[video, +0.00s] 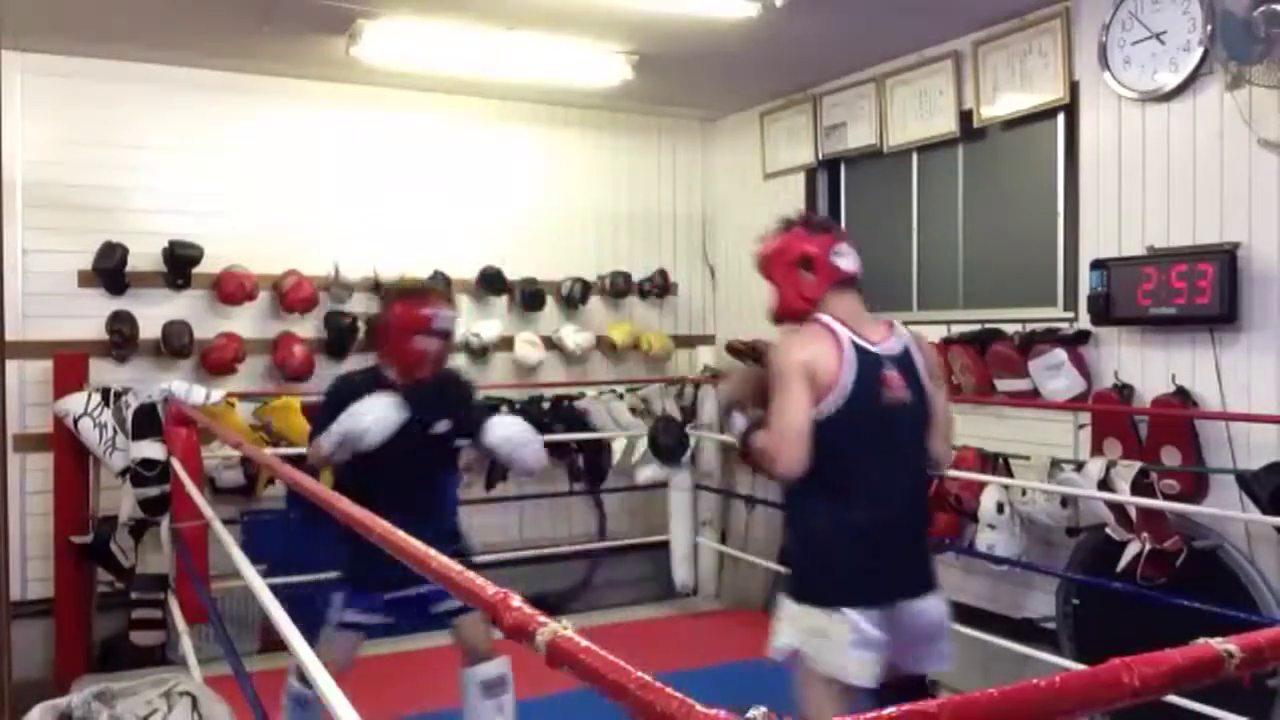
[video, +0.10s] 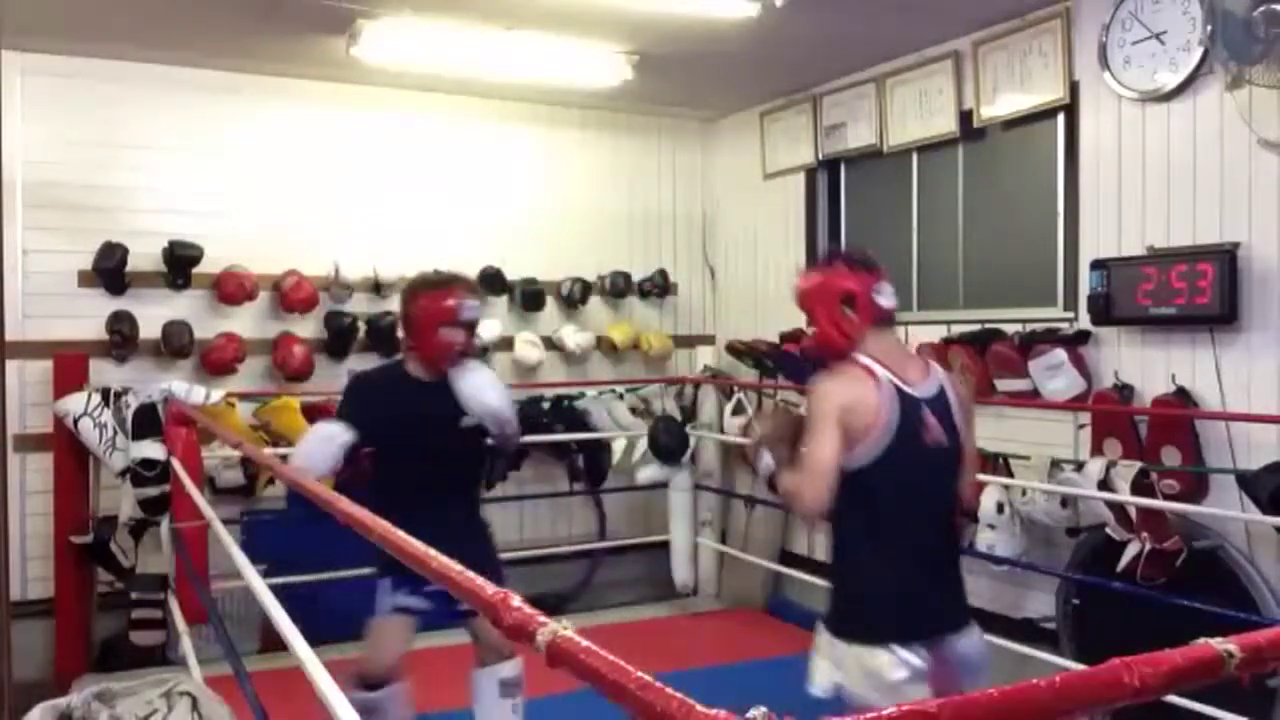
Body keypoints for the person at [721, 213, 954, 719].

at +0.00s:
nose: (772, 300)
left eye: (774, 284)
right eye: (770, 285)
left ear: (802, 279)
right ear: (844, 272)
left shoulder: (798, 346)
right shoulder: (914, 345)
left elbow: (788, 459)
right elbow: (938, 451)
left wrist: (746, 428)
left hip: (832, 589)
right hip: (910, 578)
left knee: (825, 710)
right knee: (909, 710)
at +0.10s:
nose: (812, 332)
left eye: (815, 318)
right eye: (810, 318)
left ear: (844, 313)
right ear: (880, 306)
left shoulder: (837, 387)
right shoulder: (943, 380)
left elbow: (814, 499)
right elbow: (965, 490)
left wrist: (777, 458)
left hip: (872, 621)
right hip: (945, 609)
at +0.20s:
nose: (834, 338)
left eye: (836, 324)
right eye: (831, 325)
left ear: (869, 316)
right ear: (897, 310)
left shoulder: (882, 390)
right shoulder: (960, 375)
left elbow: (860, 503)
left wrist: (800, 475)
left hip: (903, 624)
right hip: (967, 613)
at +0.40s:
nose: (859, 320)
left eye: (862, 305)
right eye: (857, 306)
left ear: (896, 296)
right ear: (909, 294)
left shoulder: (921, 362)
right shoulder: (965, 356)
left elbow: (891, 469)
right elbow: (936, 455)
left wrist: (836, 427)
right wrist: (866, 414)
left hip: (918, 560)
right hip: (974, 564)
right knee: (955, 697)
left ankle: (853, 698)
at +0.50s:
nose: (858, 315)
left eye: (861, 301)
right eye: (855, 302)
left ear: (894, 292)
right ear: (909, 289)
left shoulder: (921, 360)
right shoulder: (961, 354)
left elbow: (896, 466)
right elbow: (902, 438)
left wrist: (837, 424)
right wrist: (850, 368)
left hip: (909, 546)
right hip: (963, 554)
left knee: (776, 496)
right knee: (950, 690)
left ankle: (825, 624)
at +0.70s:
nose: (836, 318)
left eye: (842, 303)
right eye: (837, 304)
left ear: (875, 295)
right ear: (890, 294)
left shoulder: (892, 358)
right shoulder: (941, 354)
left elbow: (896, 447)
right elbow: (889, 431)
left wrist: (815, 453)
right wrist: (836, 383)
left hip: (878, 542)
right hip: (937, 553)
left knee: (756, 530)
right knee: (945, 686)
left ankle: (765, 658)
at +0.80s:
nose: (816, 308)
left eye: (821, 293)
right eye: (816, 293)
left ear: (848, 287)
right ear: (874, 288)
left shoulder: (842, 351)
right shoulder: (934, 357)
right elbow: (951, 443)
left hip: (838, 541)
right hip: (911, 549)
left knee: (729, 576)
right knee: (935, 673)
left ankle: (719, 708)